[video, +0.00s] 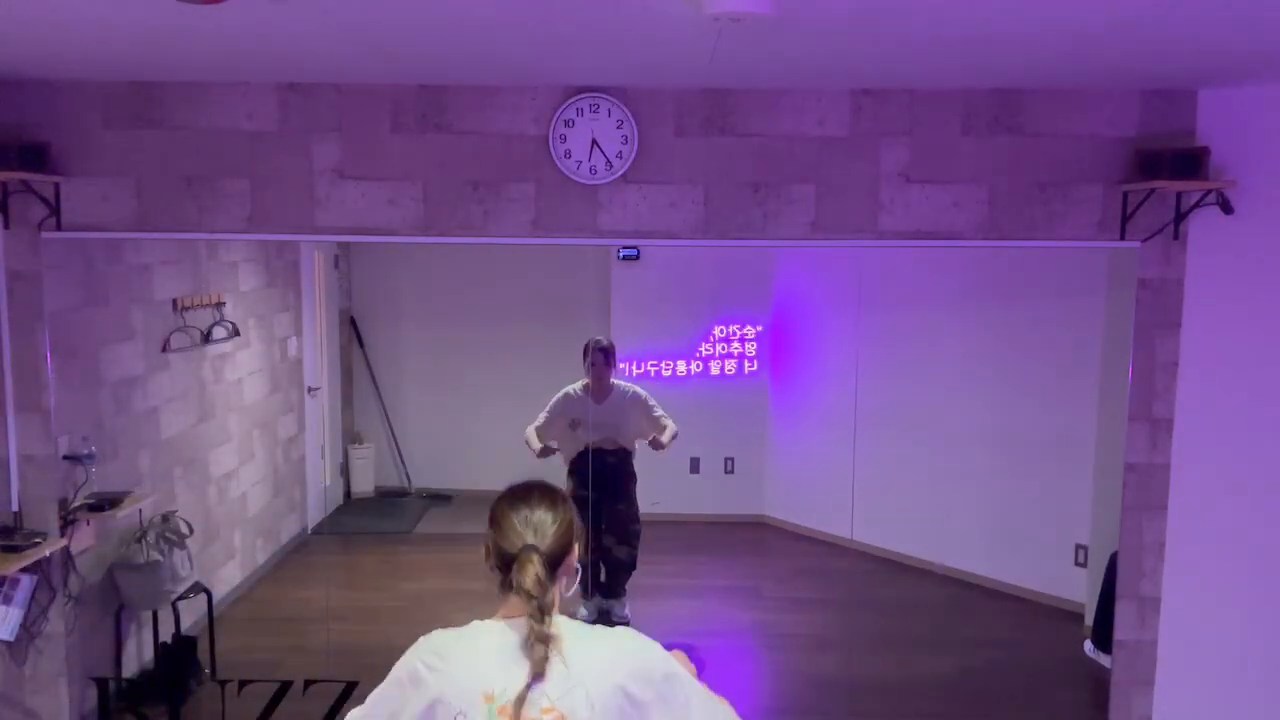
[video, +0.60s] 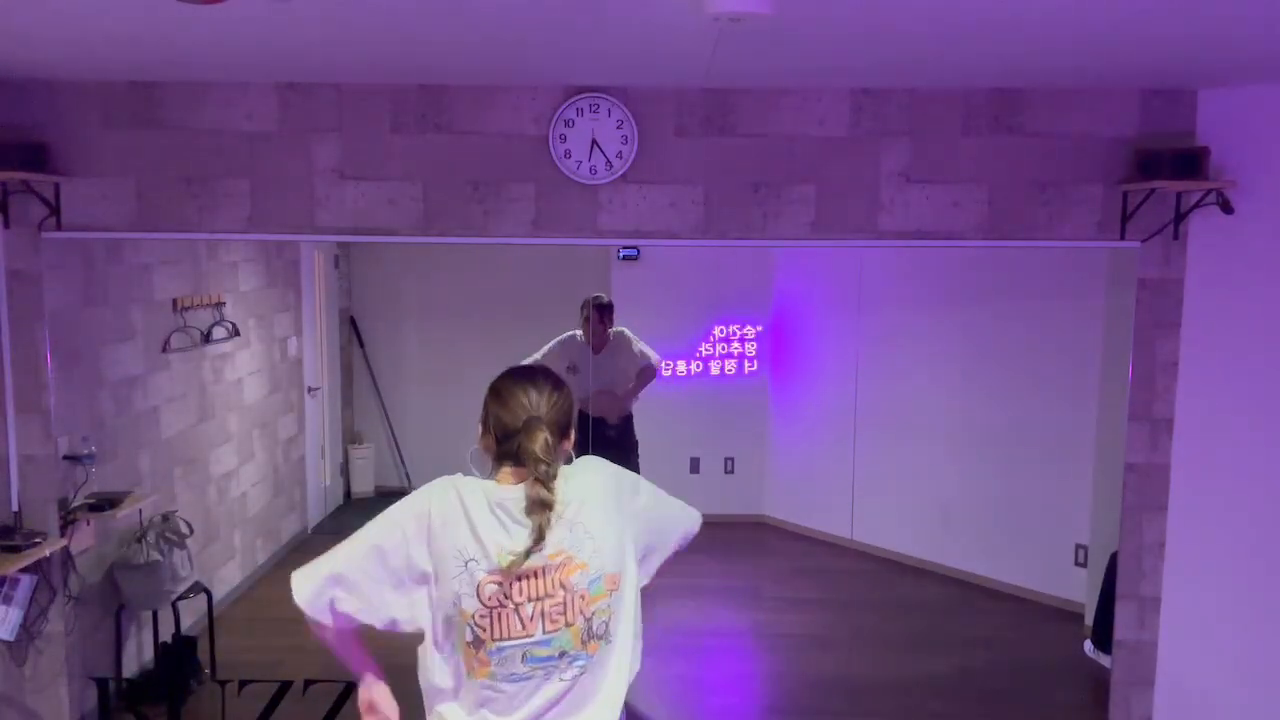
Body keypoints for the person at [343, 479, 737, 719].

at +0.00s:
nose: (579, 562)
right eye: (581, 552)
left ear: (489, 558)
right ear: (573, 561)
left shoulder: (430, 660)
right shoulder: (638, 660)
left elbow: (364, 715)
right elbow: (721, 715)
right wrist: (685, 677)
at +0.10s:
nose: (580, 576)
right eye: (583, 568)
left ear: (494, 574)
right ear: (577, 582)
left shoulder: (433, 676)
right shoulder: (637, 676)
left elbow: (349, 710)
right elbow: (740, 714)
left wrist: (442, 661)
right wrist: (688, 662)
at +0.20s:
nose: (581, 575)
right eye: (583, 568)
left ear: (496, 573)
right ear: (577, 581)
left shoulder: (435, 665)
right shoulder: (623, 666)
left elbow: (349, 666)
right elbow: (746, 682)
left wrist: (448, 624)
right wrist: (676, 632)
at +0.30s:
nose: (579, 552)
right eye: (581, 544)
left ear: (493, 542)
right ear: (574, 555)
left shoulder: (450, 626)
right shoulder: (606, 626)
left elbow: (335, 599)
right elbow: (746, 613)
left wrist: (443, 617)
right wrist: (663, 599)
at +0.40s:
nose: (580, 507)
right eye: (580, 496)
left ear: (491, 497)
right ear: (570, 504)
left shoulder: (436, 568)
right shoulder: (615, 563)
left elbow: (316, 544)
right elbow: (732, 538)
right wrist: (645, 554)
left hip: (469, 713)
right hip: (583, 712)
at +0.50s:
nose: (577, 458)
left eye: (574, 449)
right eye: (576, 450)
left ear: (489, 451)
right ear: (568, 457)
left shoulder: (435, 517)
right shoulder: (615, 503)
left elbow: (305, 544)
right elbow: (708, 526)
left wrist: (399, 626)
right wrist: (632, 580)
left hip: (466, 707)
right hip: (588, 706)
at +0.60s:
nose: (477, 440)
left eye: (477, 428)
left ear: (484, 439)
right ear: (569, 440)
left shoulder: (439, 505)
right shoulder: (605, 485)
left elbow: (317, 595)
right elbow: (685, 524)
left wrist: (368, 676)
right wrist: (615, 582)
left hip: (466, 712)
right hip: (589, 709)